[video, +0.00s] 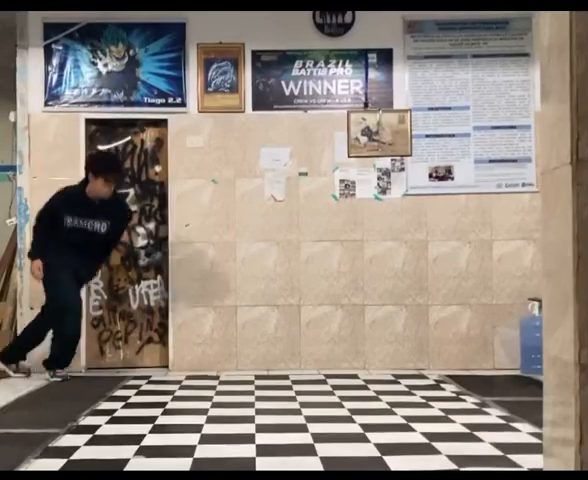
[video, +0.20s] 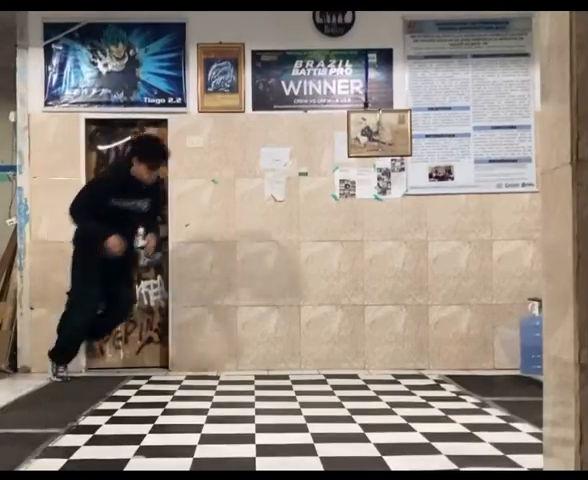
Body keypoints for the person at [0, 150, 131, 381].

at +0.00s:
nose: (111, 189)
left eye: (114, 183)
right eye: (107, 182)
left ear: (117, 182)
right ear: (92, 177)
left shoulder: (119, 211)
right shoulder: (65, 198)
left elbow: (109, 244)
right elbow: (41, 226)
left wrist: (97, 265)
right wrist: (36, 256)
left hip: (84, 269)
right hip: (55, 261)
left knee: (51, 313)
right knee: (70, 310)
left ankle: (11, 355)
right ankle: (56, 364)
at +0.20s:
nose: (152, 175)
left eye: (156, 169)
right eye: (149, 168)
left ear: (158, 167)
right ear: (134, 161)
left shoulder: (153, 190)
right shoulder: (108, 180)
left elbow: (152, 217)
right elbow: (77, 210)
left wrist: (153, 233)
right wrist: (105, 235)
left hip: (122, 254)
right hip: (90, 251)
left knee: (122, 305)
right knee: (84, 304)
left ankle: (86, 336)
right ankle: (60, 358)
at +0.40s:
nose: (211, 182)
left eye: (214, 177)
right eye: (209, 175)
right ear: (196, 167)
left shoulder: (195, 188)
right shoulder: (166, 184)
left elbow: (186, 215)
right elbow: (158, 222)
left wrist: (199, 221)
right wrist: (190, 230)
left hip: (167, 245)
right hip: (139, 245)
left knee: (193, 285)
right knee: (170, 288)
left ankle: (207, 347)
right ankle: (155, 325)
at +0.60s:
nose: (257, 207)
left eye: (260, 201)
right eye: (254, 201)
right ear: (238, 196)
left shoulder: (232, 218)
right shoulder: (219, 219)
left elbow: (226, 258)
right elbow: (217, 262)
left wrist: (246, 275)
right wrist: (242, 281)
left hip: (206, 271)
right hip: (184, 274)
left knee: (251, 311)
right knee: (229, 316)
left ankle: (251, 366)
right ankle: (215, 365)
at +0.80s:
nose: (261, 184)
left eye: (264, 178)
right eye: (258, 177)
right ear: (242, 170)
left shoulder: (255, 200)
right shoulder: (206, 187)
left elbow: (249, 221)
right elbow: (169, 211)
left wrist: (258, 241)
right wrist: (198, 241)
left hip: (234, 258)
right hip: (201, 258)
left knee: (256, 305)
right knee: (223, 301)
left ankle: (260, 357)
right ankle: (216, 350)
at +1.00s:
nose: (232, 188)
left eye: (236, 182)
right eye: (227, 181)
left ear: (240, 179)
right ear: (210, 175)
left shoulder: (251, 206)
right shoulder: (196, 189)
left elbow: (261, 233)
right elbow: (180, 197)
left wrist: (259, 251)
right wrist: (162, 201)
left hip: (241, 275)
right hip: (208, 274)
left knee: (244, 322)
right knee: (201, 325)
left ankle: (289, 369)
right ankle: (220, 381)